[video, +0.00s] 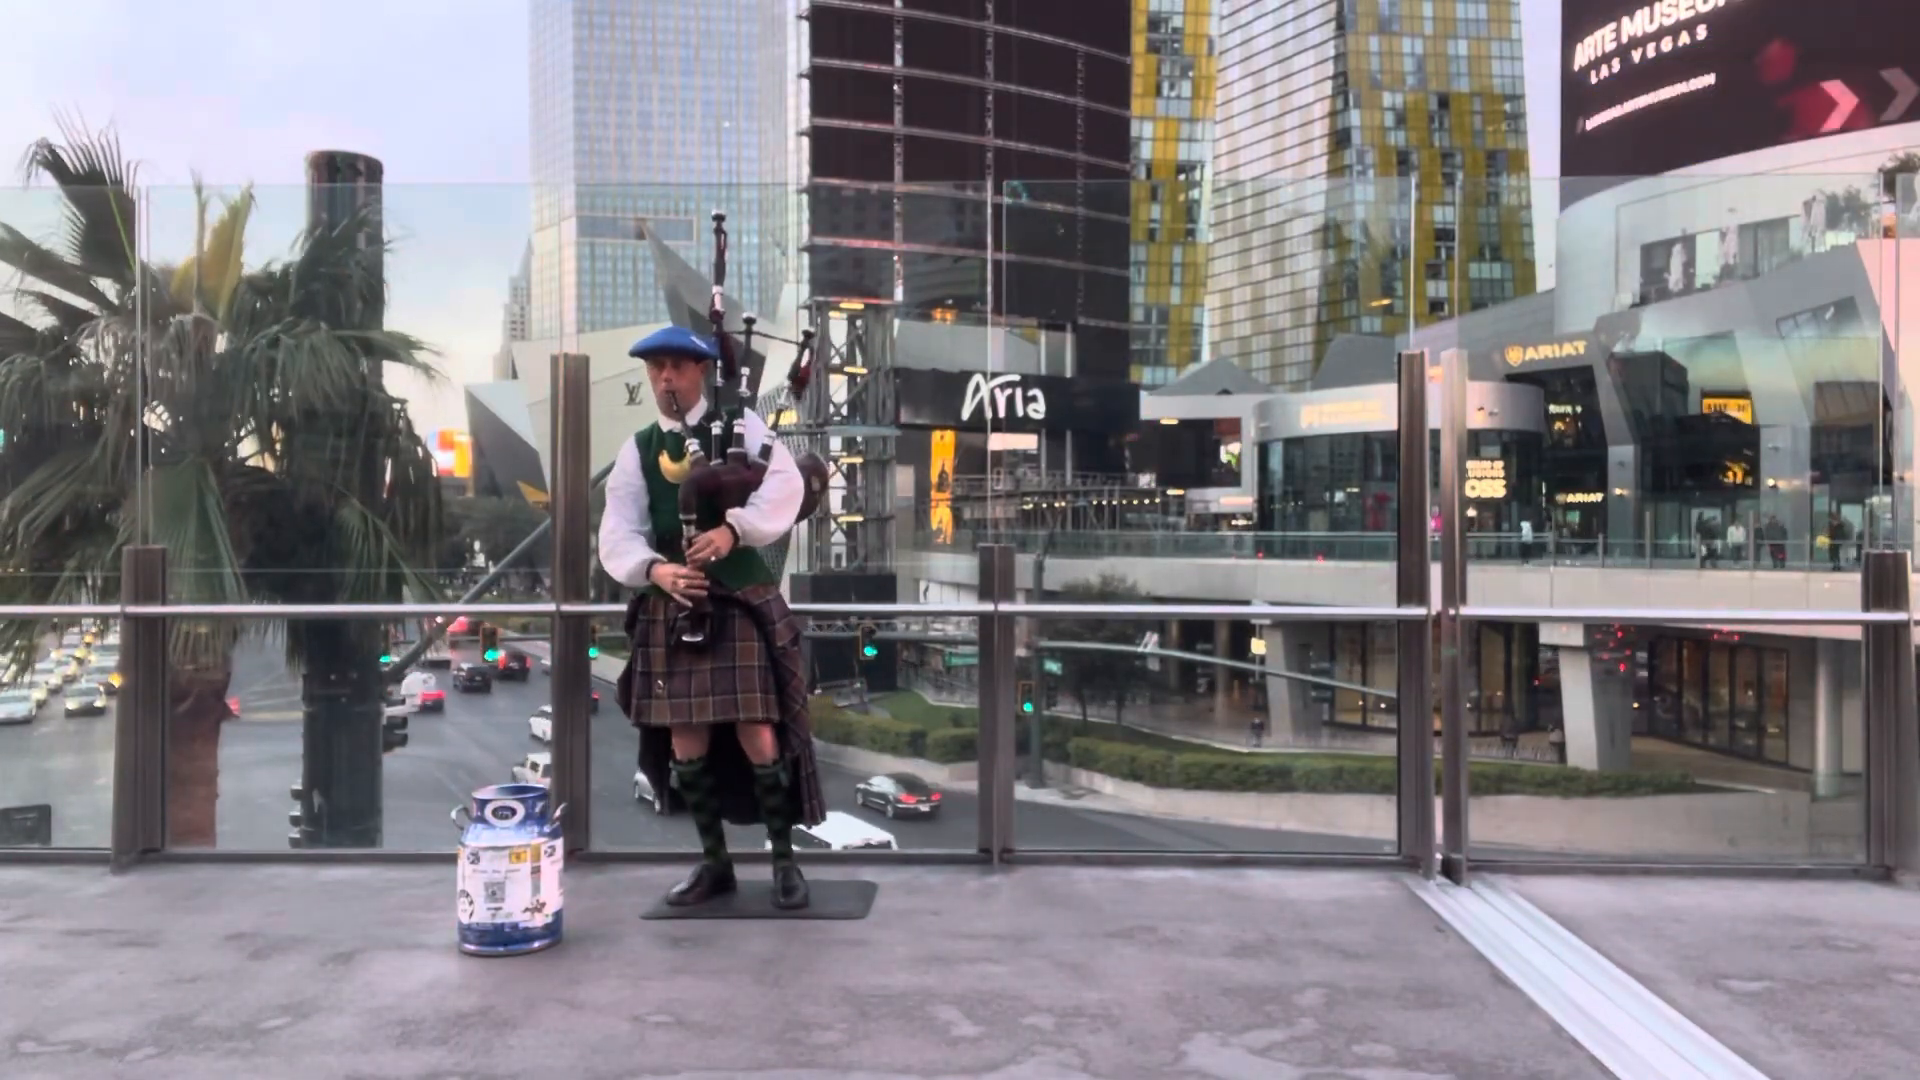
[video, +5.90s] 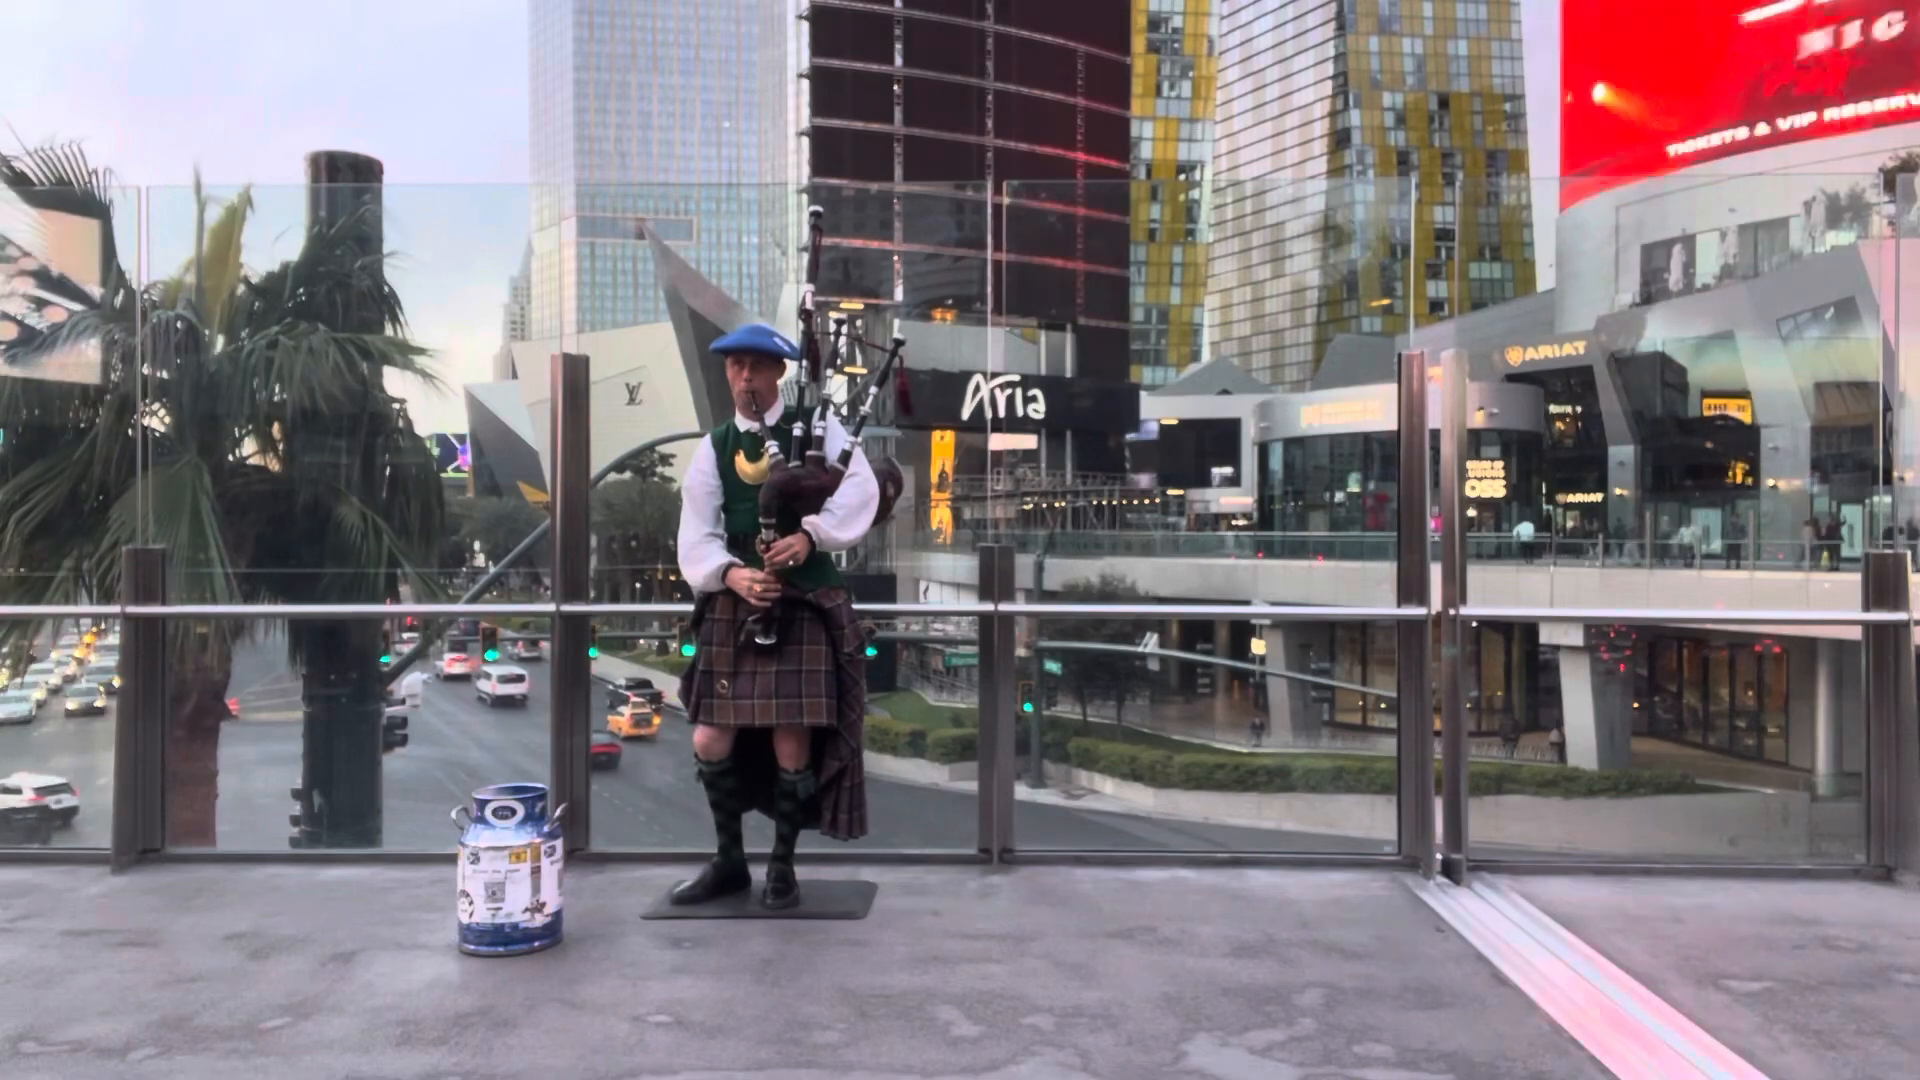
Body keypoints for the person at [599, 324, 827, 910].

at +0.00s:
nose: (663, 377)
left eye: (675, 365)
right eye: (655, 367)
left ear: (702, 369)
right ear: (647, 375)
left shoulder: (742, 426)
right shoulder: (640, 448)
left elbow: (787, 487)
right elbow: (617, 535)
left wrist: (733, 530)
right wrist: (654, 570)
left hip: (742, 596)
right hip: (672, 601)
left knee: (756, 730)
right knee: (686, 733)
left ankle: (784, 863)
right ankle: (715, 863)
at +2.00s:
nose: (748, 373)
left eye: (760, 361)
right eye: (739, 361)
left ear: (784, 369)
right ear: (727, 370)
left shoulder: (819, 428)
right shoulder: (709, 443)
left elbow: (862, 488)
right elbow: (688, 527)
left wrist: (813, 530)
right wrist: (727, 565)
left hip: (802, 597)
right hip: (730, 595)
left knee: (789, 734)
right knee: (714, 734)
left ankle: (782, 863)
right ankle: (723, 863)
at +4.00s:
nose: (749, 374)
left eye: (761, 363)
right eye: (741, 363)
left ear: (785, 372)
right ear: (728, 372)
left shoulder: (819, 429)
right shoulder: (713, 445)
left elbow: (864, 488)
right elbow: (696, 530)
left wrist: (814, 532)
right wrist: (732, 567)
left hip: (802, 597)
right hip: (731, 595)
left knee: (790, 731)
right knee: (712, 735)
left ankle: (782, 865)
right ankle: (729, 862)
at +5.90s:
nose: (745, 376)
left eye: (757, 365)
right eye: (737, 365)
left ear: (780, 372)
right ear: (724, 373)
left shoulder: (819, 429)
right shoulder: (713, 446)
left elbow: (862, 492)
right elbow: (695, 534)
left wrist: (812, 535)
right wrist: (729, 572)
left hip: (804, 600)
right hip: (732, 599)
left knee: (790, 735)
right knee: (709, 737)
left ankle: (781, 865)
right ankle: (729, 861)